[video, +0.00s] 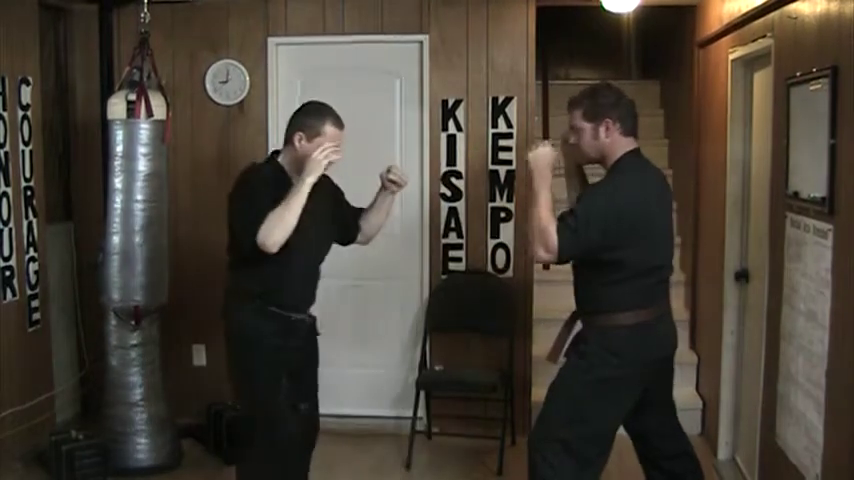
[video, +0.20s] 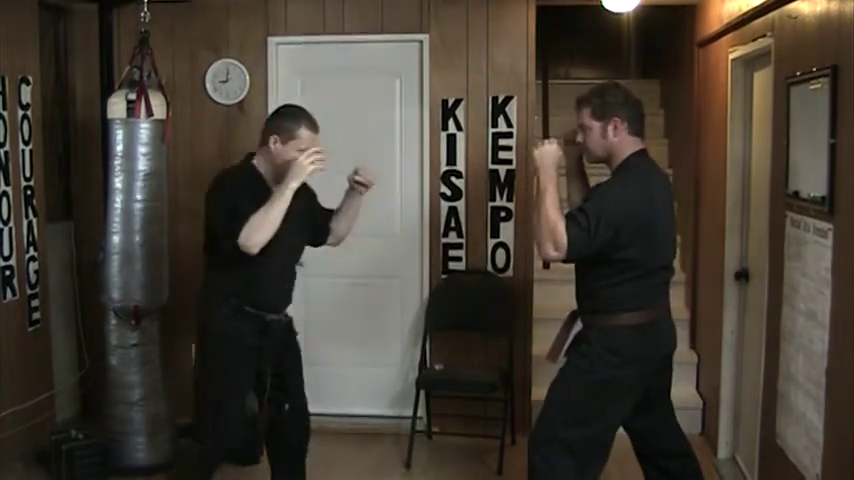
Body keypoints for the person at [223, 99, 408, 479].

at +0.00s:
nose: (332, 156)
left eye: (336, 148)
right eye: (327, 146)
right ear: (299, 140)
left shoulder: (321, 188)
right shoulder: (255, 180)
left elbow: (361, 232)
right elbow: (269, 240)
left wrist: (386, 193)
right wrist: (306, 179)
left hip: (299, 326)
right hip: (255, 325)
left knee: (302, 429)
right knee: (269, 430)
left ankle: (292, 477)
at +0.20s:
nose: (307, 161)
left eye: (310, 153)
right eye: (301, 151)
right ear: (273, 144)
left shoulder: (294, 191)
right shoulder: (231, 185)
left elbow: (331, 234)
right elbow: (249, 241)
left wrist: (354, 195)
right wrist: (291, 183)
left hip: (275, 327)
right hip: (228, 328)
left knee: (291, 430)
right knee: (221, 432)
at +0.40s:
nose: (270, 167)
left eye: (273, 159)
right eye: (265, 157)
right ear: (237, 151)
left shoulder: (252, 197)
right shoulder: (196, 194)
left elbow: (292, 244)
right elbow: (224, 249)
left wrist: (314, 202)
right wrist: (262, 191)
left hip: (242, 339)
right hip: (193, 337)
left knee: (283, 430)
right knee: (164, 439)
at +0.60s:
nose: (242, 172)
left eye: (246, 164)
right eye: (237, 162)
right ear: (207, 154)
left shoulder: (232, 201)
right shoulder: (167, 196)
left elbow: (260, 255)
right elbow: (201, 251)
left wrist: (289, 222)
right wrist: (263, 214)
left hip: (221, 340)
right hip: (172, 339)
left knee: (263, 433)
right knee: (150, 443)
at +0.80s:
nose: (252, 172)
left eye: (255, 163)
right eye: (246, 162)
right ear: (217, 153)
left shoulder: (236, 200)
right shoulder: (178, 194)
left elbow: (266, 252)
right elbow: (221, 246)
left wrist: (295, 214)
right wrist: (272, 199)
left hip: (225, 340)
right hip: (178, 340)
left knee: (265, 424)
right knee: (154, 438)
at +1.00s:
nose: (291, 167)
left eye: (294, 158)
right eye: (288, 156)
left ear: (267, 153)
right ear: (259, 149)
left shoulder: (266, 194)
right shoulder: (217, 190)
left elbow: (295, 247)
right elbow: (252, 247)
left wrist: (323, 211)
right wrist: (278, 188)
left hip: (259, 334)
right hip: (212, 334)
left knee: (283, 434)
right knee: (190, 437)